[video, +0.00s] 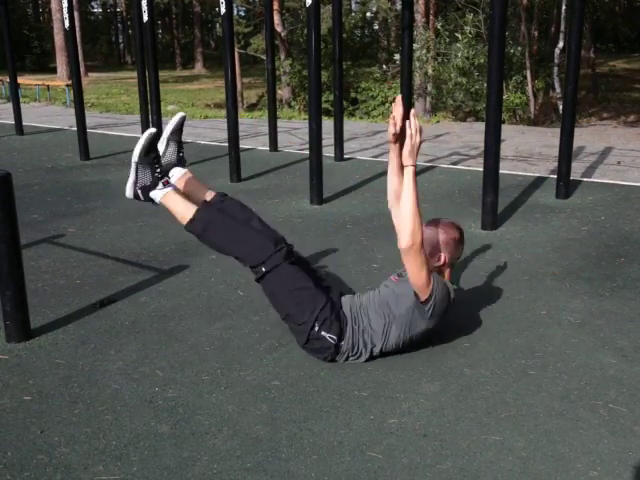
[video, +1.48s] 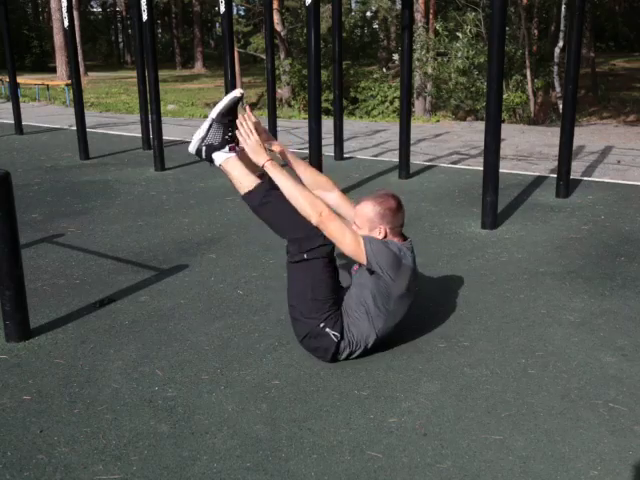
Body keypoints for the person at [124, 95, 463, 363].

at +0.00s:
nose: (421, 238)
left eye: (429, 237)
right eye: (425, 234)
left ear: (444, 256)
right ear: (433, 251)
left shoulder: (433, 294)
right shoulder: (425, 282)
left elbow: (410, 241)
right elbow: (398, 213)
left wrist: (411, 165)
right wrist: (393, 148)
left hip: (332, 333)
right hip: (340, 314)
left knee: (264, 253)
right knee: (271, 245)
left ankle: (155, 189)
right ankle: (177, 172)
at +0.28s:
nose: (485, 288)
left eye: (492, 294)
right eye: (492, 288)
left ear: (488, 320)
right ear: (485, 299)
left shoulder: (457, 336)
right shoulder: (453, 307)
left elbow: (521, 353)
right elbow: (503, 271)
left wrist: (575, 326)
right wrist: (563, 279)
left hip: (330, 329)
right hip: (332, 307)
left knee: (236, 291)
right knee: (238, 280)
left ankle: (123, 310)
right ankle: (131, 297)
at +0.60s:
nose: (492, 305)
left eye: (500, 312)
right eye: (500, 306)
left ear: (495, 333)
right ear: (491, 311)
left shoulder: (456, 341)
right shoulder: (451, 314)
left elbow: (526, 367)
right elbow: (521, 314)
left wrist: (581, 352)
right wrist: (579, 334)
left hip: (322, 327)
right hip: (325, 306)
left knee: (223, 322)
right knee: (224, 308)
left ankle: (116, 335)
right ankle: (124, 317)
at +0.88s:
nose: (481, 297)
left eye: (491, 303)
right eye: (487, 293)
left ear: (493, 319)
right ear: (477, 300)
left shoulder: (463, 337)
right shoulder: (454, 307)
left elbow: (514, 305)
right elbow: (487, 259)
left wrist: (568, 281)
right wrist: (552, 250)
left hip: (331, 332)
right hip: (332, 310)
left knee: (235, 300)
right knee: (237, 288)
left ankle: (126, 319)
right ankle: (135, 312)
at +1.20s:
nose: (403, 233)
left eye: (413, 231)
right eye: (410, 227)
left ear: (434, 250)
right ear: (431, 248)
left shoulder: (417, 282)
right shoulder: (415, 270)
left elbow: (358, 231)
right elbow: (374, 205)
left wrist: (330, 162)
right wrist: (349, 143)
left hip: (320, 333)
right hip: (326, 315)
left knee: (277, 238)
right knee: (278, 234)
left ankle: (166, 194)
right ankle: (170, 194)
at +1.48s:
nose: (353, 230)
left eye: (358, 227)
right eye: (355, 224)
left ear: (380, 233)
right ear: (383, 230)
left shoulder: (388, 258)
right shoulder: (395, 247)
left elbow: (319, 216)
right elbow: (329, 193)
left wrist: (265, 160)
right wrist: (276, 149)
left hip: (331, 338)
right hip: (342, 317)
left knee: (309, 237)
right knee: (311, 231)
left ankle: (221, 154)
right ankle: (225, 150)